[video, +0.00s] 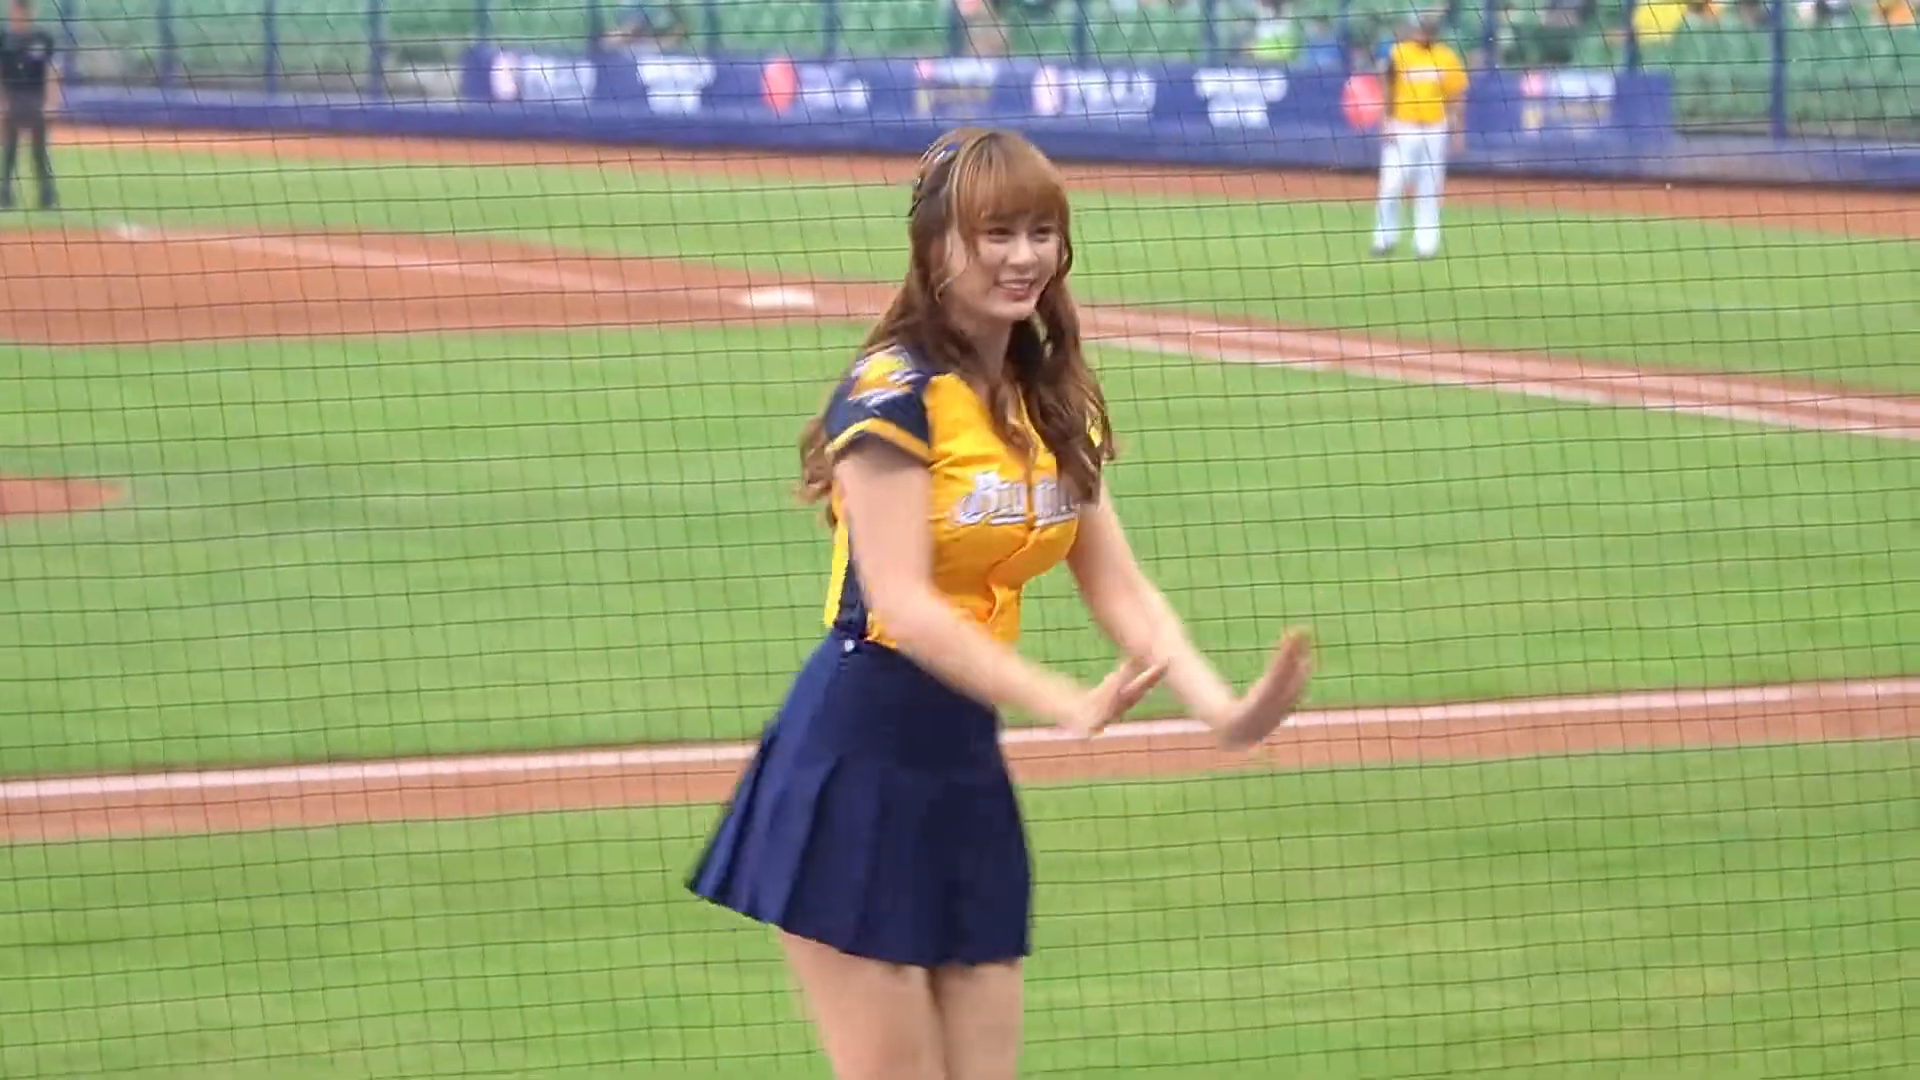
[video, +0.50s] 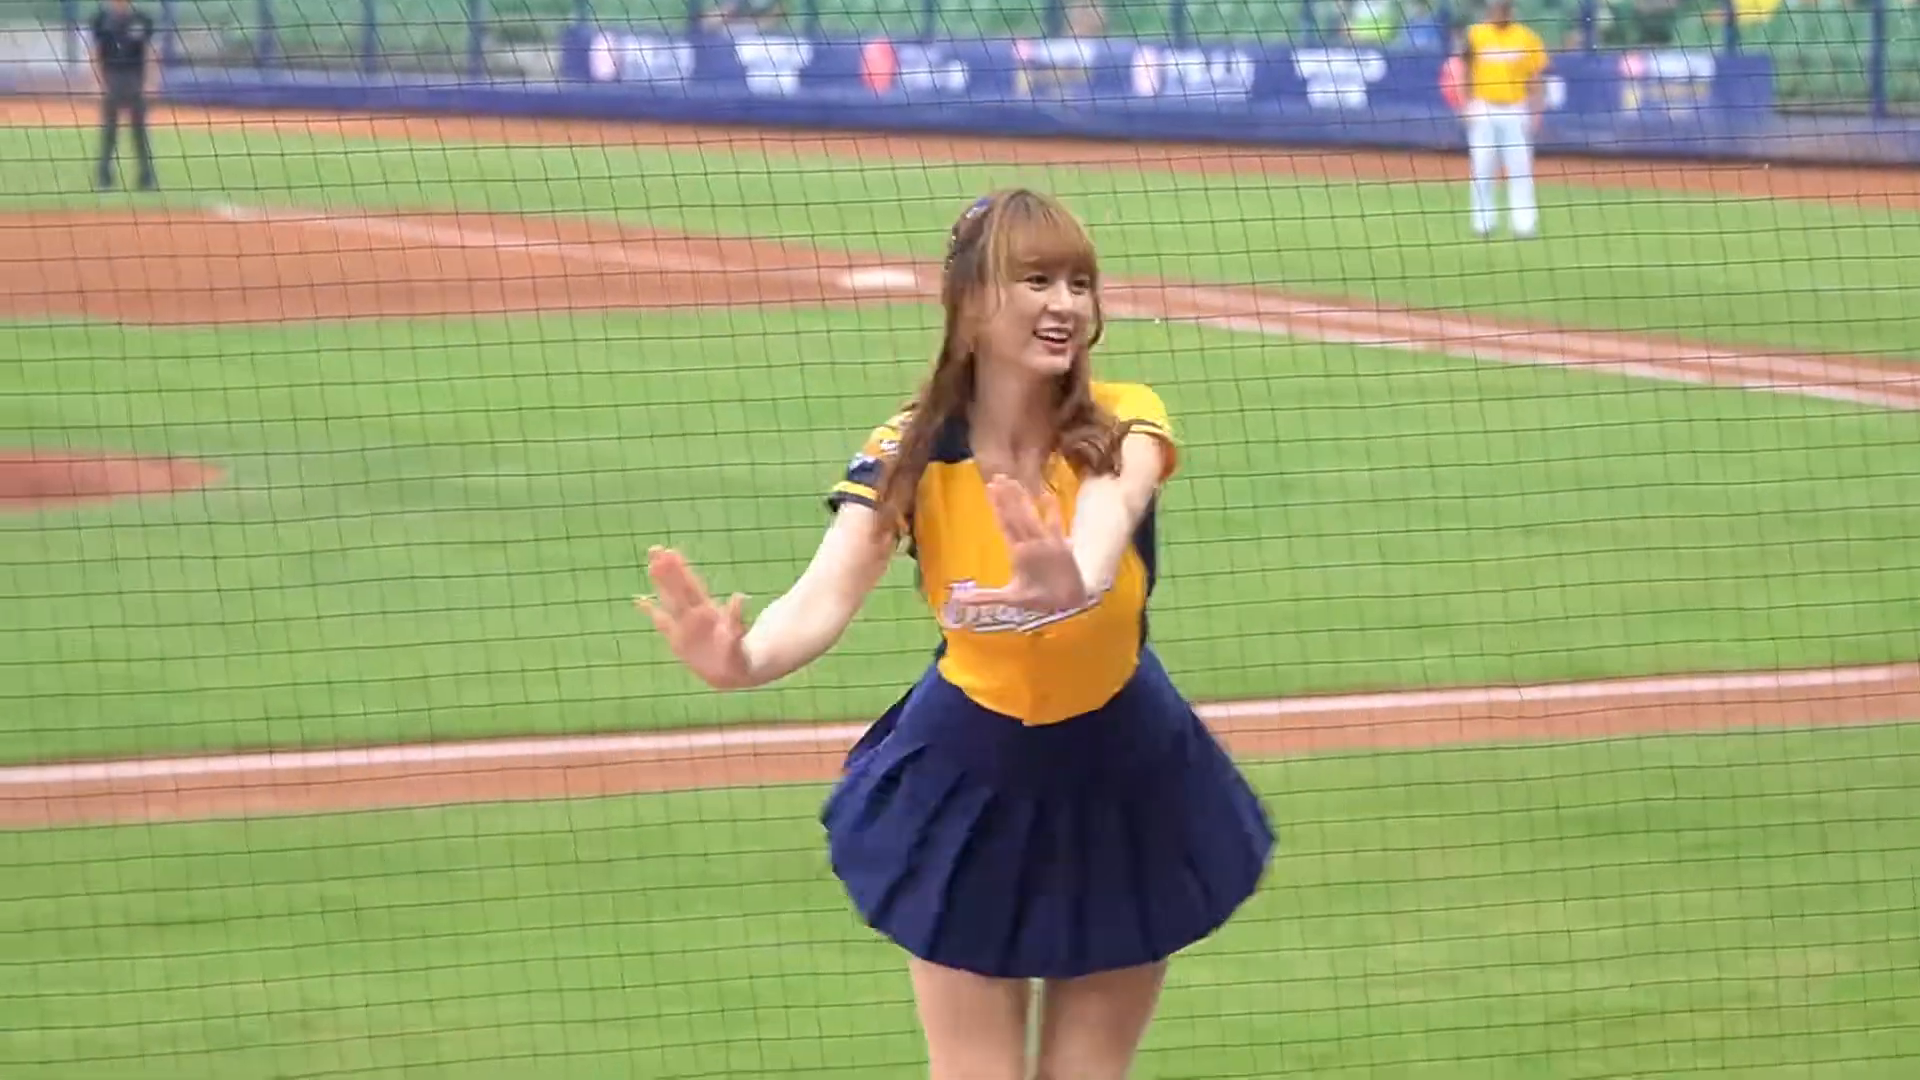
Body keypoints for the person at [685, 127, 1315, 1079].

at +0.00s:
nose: (1025, 256)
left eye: (1042, 231)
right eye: (997, 233)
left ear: (1062, 243)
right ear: (937, 246)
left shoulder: (1049, 396)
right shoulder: (889, 391)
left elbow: (1115, 584)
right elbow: (898, 603)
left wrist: (1218, 707)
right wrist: (1059, 702)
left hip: (965, 747)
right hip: (856, 743)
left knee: (983, 1063)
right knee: (891, 1066)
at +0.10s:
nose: (997, 314)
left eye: (1014, 290)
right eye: (971, 289)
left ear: (1031, 299)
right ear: (905, 294)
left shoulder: (1039, 444)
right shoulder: (840, 444)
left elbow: (1084, 622)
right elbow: (835, 658)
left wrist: (1114, 752)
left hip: (1021, 773)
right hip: (889, 777)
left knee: (1062, 1060)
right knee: (947, 1064)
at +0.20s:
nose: (1000, 304)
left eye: (1015, 280)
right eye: (975, 279)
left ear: (1032, 291)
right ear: (909, 287)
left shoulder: (1052, 423)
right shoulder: (832, 452)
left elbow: (1086, 596)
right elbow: (842, 649)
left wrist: (1075, 736)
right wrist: (894, 778)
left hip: (1049, 770)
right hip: (906, 784)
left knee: (1077, 1058)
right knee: (955, 1062)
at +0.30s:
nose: (1021, 245)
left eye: (1036, 225)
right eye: (995, 220)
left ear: (1051, 245)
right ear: (923, 240)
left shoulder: (1079, 368)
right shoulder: (852, 408)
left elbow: (1098, 545)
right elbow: (843, 594)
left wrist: (1051, 652)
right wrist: (832, 693)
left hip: (1068, 728)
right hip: (920, 733)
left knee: (1047, 1063)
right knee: (944, 1064)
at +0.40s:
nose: (1047, 270)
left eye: (1060, 250)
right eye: (1017, 246)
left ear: (1076, 271)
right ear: (942, 271)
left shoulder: (1103, 398)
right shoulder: (882, 427)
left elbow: (1095, 521)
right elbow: (829, 595)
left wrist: (1041, 594)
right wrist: (763, 666)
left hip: (1089, 753)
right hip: (942, 751)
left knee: (1060, 1065)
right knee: (948, 1066)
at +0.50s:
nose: (1063, 303)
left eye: (1078, 282)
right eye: (1034, 280)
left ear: (1097, 301)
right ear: (970, 303)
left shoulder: (1129, 420)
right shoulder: (911, 446)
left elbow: (1113, 507)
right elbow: (832, 583)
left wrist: (1073, 579)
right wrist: (747, 657)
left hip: (1118, 768)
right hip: (971, 767)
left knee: (1087, 1067)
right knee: (975, 1067)